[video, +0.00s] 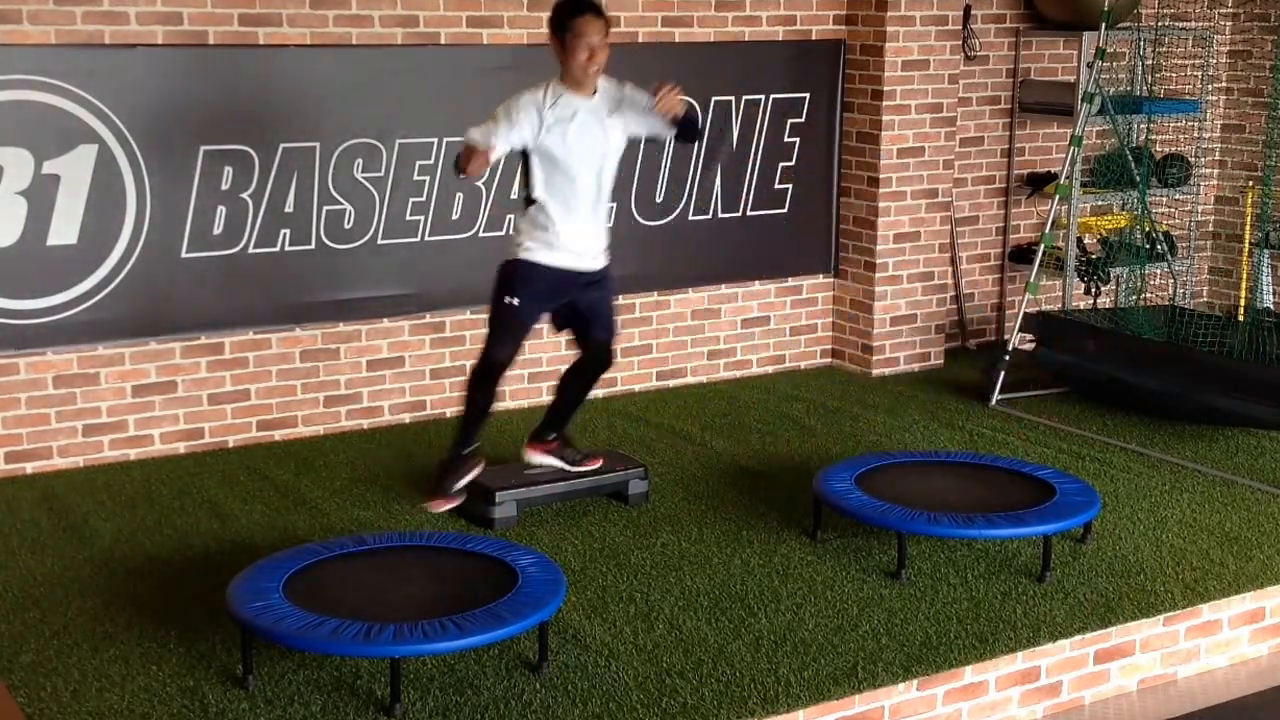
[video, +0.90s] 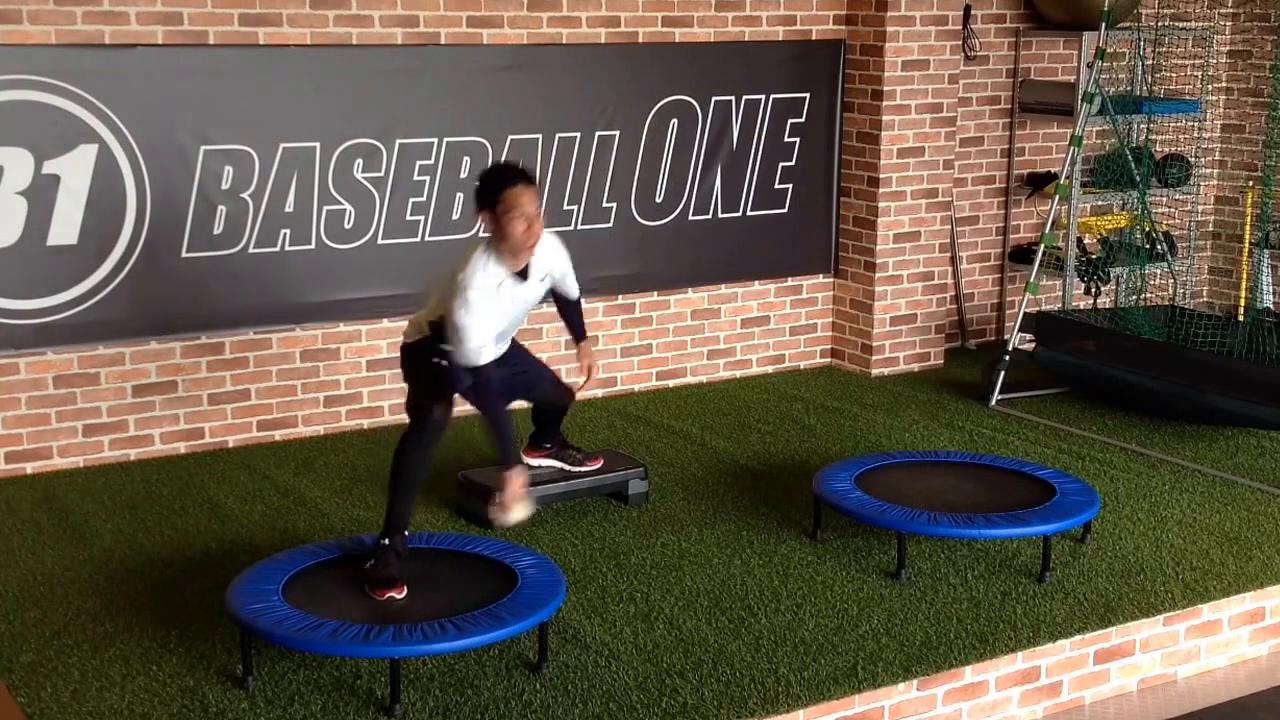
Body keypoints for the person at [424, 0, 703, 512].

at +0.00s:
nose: (596, 56)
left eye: (602, 45)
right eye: (584, 46)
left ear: (609, 46)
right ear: (558, 46)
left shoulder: (622, 101)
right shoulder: (535, 106)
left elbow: (691, 133)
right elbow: (477, 146)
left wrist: (682, 111)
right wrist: (473, 159)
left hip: (589, 264)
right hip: (534, 260)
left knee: (599, 353)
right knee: (495, 358)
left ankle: (547, 439)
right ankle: (462, 458)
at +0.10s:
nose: (572, 100)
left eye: (579, 89)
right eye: (561, 91)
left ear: (588, 91)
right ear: (537, 93)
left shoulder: (599, 143)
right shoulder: (515, 147)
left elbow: (648, 168)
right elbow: (469, 203)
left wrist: (648, 171)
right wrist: (461, 231)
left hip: (554, 295)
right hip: (501, 289)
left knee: (584, 368)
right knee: (459, 380)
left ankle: (541, 448)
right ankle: (406, 501)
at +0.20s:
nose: (544, 150)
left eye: (551, 140)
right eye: (532, 140)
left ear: (558, 142)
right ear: (505, 143)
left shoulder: (567, 193)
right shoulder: (483, 197)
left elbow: (617, 229)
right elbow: (456, 266)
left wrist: (623, 248)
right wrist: (454, 319)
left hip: (522, 330)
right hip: (468, 334)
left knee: (569, 389)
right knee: (429, 429)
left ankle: (540, 450)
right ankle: (388, 551)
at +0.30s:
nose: (509, 210)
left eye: (517, 199)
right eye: (497, 199)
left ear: (527, 201)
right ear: (470, 203)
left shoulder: (535, 239)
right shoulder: (458, 252)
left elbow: (584, 272)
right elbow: (446, 319)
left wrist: (595, 303)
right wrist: (450, 384)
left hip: (495, 352)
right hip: (436, 350)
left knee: (552, 413)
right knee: (411, 416)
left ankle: (541, 450)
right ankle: (389, 536)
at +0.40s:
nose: (483, 260)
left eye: (491, 247)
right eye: (471, 250)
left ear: (499, 243)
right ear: (445, 252)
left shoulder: (516, 271)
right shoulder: (429, 300)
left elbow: (574, 294)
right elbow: (430, 365)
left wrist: (576, 349)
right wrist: (439, 419)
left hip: (484, 372)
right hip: (421, 370)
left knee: (538, 420)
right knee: (397, 432)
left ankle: (541, 450)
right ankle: (386, 540)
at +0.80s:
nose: (497, 255)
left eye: (503, 242)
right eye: (482, 246)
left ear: (512, 238)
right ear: (457, 247)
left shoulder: (530, 269)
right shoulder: (442, 304)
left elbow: (570, 301)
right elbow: (449, 399)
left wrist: (575, 360)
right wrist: (449, 475)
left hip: (491, 356)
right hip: (427, 363)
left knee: (547, 404)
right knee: (413, 418)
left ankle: (545, 445)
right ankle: (389, 542)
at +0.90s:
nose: (533, 224)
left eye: (536, 212)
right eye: (519, 216)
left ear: (542, 211)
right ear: (488, 222)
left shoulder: (548, 248)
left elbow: (567, 294)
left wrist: (582, 341)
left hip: (493, 345)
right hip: (435, 350)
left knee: (557, 396)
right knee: (431, 419)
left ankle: (546, 442)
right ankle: (391, 543)